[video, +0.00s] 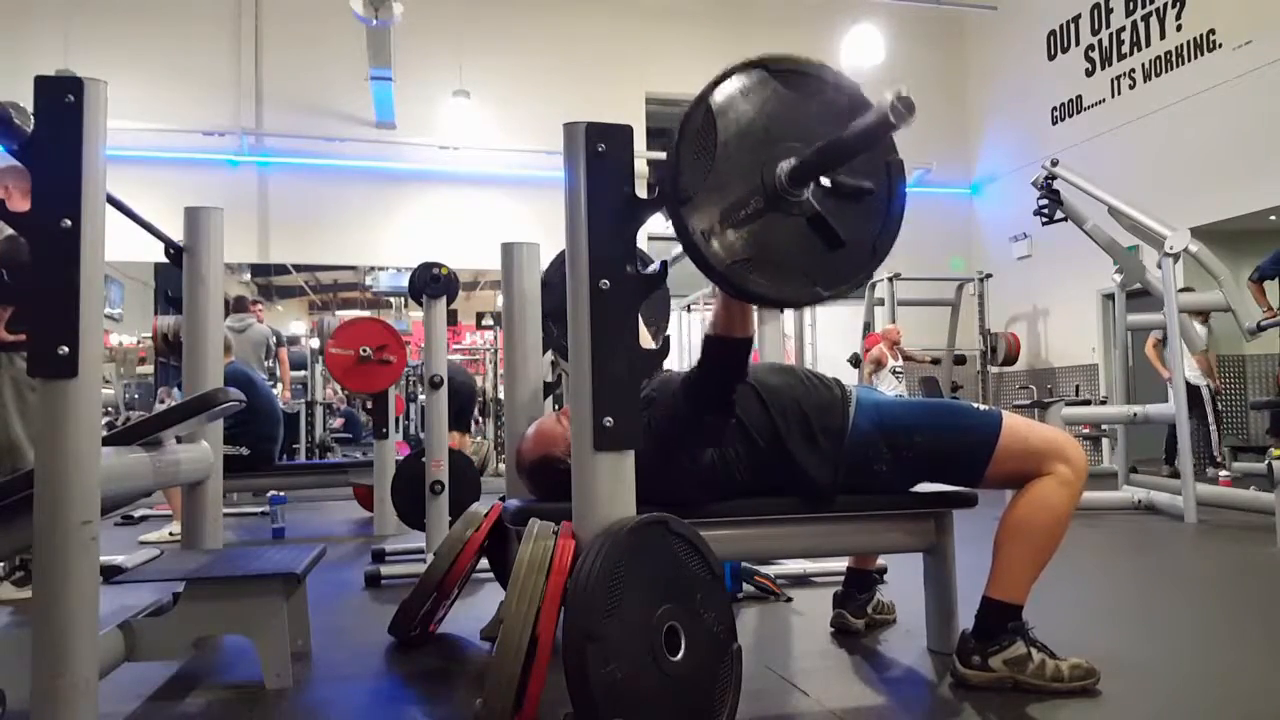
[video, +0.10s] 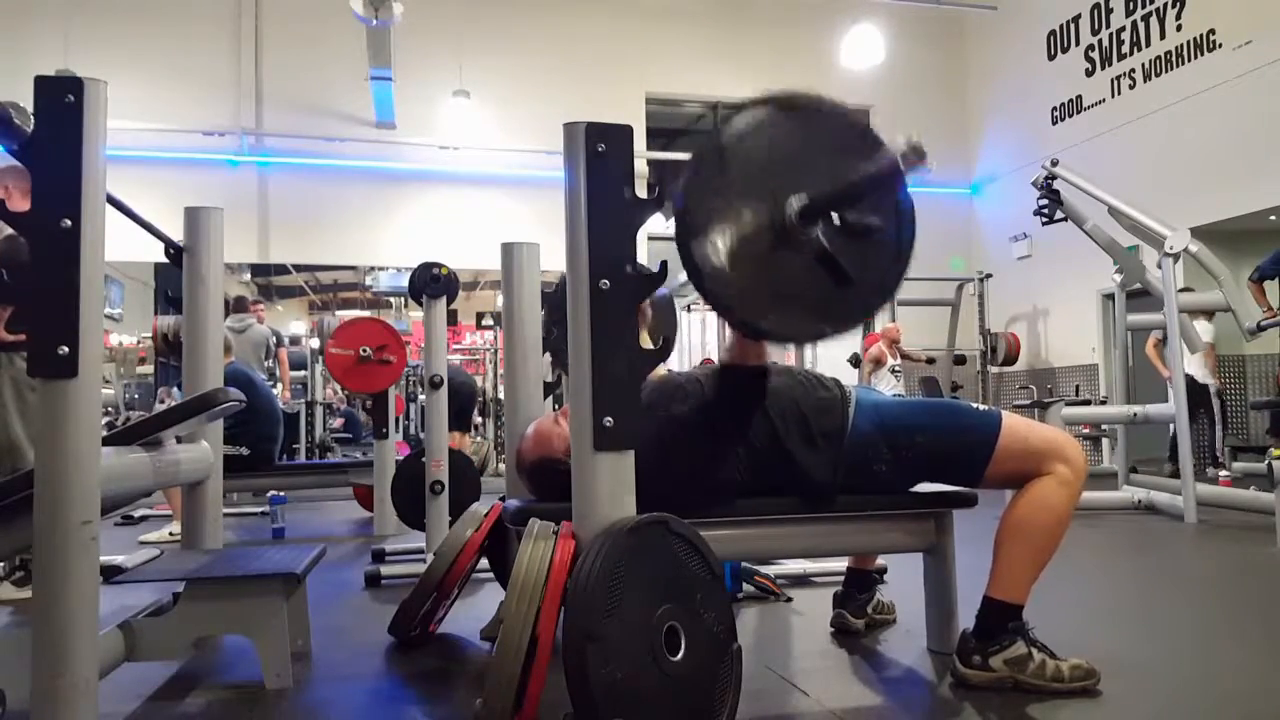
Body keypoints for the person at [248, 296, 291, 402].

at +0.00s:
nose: (257, 314)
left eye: (260, 310)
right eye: (253, 311)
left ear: (264, 312)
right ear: (248, 313)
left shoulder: (275, 334)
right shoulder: (241, 335)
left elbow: (283, 361)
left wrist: (286, 388)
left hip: (267, 386)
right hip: (244, 386)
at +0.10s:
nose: (259, 314)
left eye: (261, 310)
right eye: (255, 311)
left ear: (265, 312)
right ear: (249, 313)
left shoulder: (275, 334)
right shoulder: (240, 335)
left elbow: (283, 361)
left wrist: (286, 388)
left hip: (267, 386)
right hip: (243, 386)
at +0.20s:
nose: (260, 314)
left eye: (262, 310)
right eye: (256, 310)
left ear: (266, 312)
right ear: (250, 312)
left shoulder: (275, 334)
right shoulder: (241, 334)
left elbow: (283, 362)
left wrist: (286, 389)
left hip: (266, 386)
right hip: (243, 385)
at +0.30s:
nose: (261, 313)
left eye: (263, 310)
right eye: (257, 310)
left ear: (267, 312)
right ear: (250, 311)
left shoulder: (275, 334)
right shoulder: (242, 333)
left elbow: (283, 362)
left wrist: (286, 389)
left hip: (267, 385)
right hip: (244, 385)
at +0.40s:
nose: (261, 313)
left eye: (264, 310)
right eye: (258, 310)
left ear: (268, 312)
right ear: (251, 311)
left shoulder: (275, 334)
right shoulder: (242, 333)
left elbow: (282, 361)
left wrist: (285, 389)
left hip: (267, 385)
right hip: (244, 385)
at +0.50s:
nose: (262, 313)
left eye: (265, 310)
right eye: (259, 309)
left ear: (269, 312)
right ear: (251, 311)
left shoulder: (275, 334)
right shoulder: (242, 333)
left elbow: (282, 361)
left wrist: (285, 389)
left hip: (268, 385)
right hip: (244, 385)